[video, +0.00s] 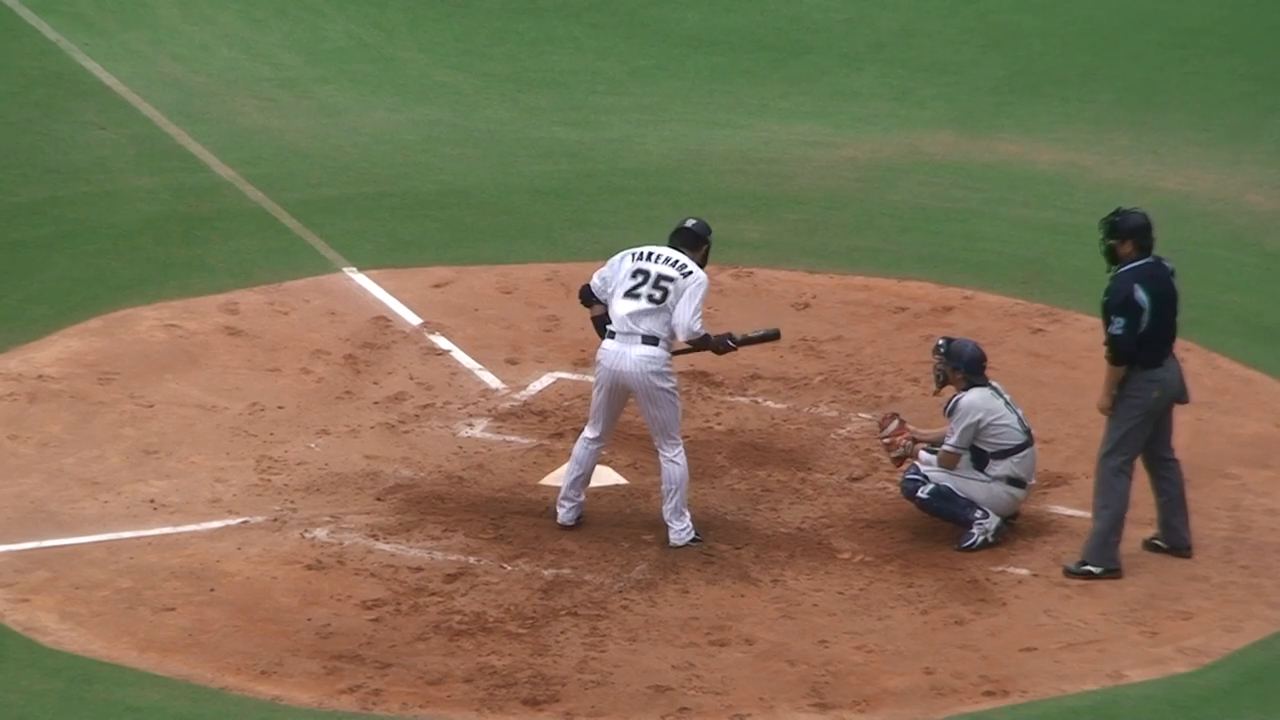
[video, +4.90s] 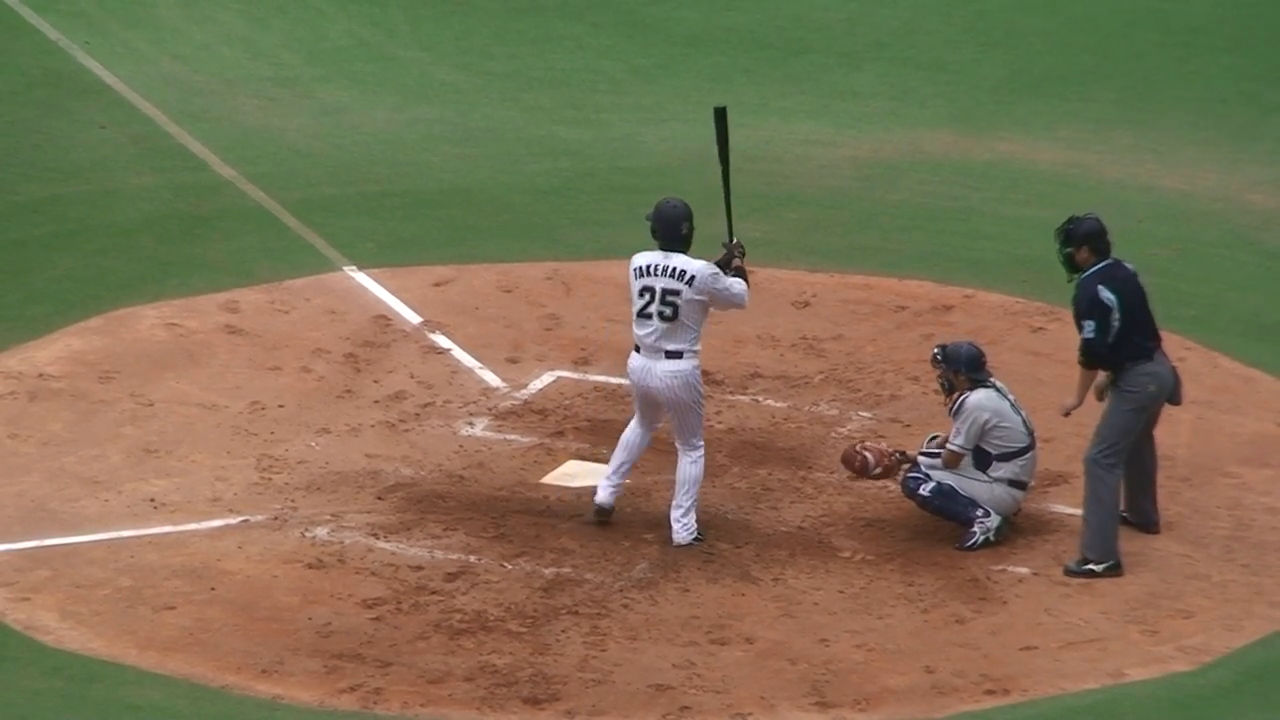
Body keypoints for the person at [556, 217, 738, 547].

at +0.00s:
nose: (707, 256)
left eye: (707, 250)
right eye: (707, 250)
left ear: (672, 240)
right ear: (699, 249)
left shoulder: (630, 255)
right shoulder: (694, 275)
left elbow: (588, 293)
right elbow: (688, 331)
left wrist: (609, 333)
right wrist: (714, 343)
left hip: (610, 352)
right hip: (650, 359)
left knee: (593, 434)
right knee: (670, 447)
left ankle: (567, 509)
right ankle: (679, 529)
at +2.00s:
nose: (713, 247)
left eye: (714, 241)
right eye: (712, 241)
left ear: (679, 232)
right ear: (704, 240)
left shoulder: (639, 252)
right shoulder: (701, 275)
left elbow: (608, 304)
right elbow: (695, 342)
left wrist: (618, 336)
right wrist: (694, 372)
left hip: (619, 348)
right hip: (659, 357)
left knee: (598, 433)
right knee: (673, 443)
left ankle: (569, 507)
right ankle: (684, 528)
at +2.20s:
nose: (716, 242)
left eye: (718, 236)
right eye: (716, 237)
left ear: (683, 228)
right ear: (710, 237)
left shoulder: (646, 250)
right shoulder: (705, 273)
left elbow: (631, 302)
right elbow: (699, 337)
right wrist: (704, 372)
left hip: (623, 347)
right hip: (662, 358)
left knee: (601, 427)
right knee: (676, 443)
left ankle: (569, 501)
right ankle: (684, 528)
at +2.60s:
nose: (681, 227)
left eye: (677, 221)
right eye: (680, 222)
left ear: (647, 220)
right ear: (676, 227)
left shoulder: (625, 248)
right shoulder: (670, 268)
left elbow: (658, 299)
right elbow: (667, 325)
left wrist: (702, 313)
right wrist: (707, 325)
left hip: (609, 351)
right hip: (647, 359)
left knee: (595, 432)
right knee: (668, 441)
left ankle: (566, 510)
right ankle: (682, 527)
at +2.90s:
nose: (648, 221)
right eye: (647, 216)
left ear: (612, 219)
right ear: (646, 221)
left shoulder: (597, 248)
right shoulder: (652, 267)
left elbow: (633, 275)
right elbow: (670, 315)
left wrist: (675, 273)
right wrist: (689, 284)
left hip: (605, 354)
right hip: (645, 359)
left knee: (593, 431)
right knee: (666, 441)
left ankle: (566, 508)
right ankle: (681, 525)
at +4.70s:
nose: (639, 229)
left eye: (640, 225)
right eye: (678, 225)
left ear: (644, 231)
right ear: (677, 231)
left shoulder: (626, 264)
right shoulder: (687, 274)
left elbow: (665, 288)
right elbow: (717, 312)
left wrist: (703, 273)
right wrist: (716, 278)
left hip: (627, 366)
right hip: (668, 371)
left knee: (612, 435)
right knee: (687, 447)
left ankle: (571, 508)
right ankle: (682, 528)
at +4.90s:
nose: (689, 231)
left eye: (655, 225)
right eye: (688, 226)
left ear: (654, 230)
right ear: (688, 232)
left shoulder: (638, 263)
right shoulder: (703, 273)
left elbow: (680, 281)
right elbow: (738, 297)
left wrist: (720, 265)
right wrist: (737, 270)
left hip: (639, 365)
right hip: (680, 372)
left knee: (643, 422)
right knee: (690, 447)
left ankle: (605, 493)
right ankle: (683, 527)